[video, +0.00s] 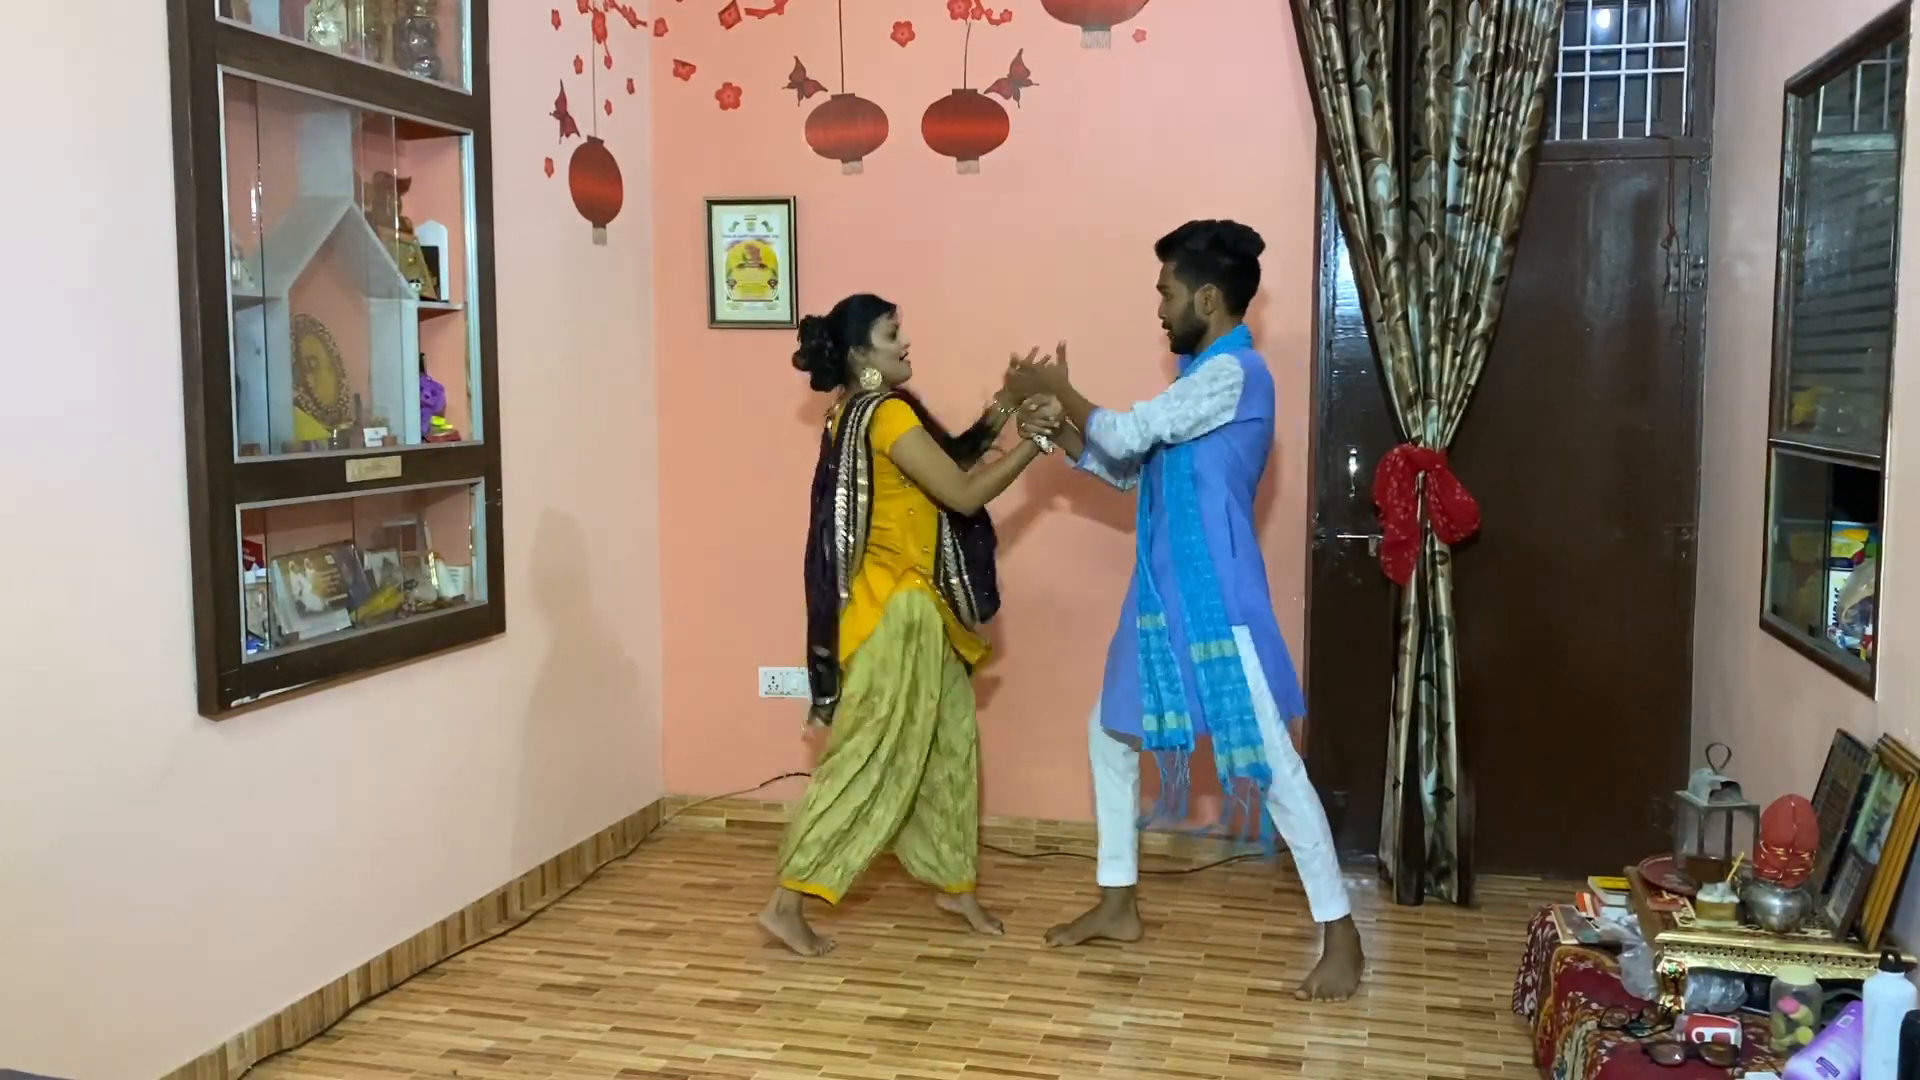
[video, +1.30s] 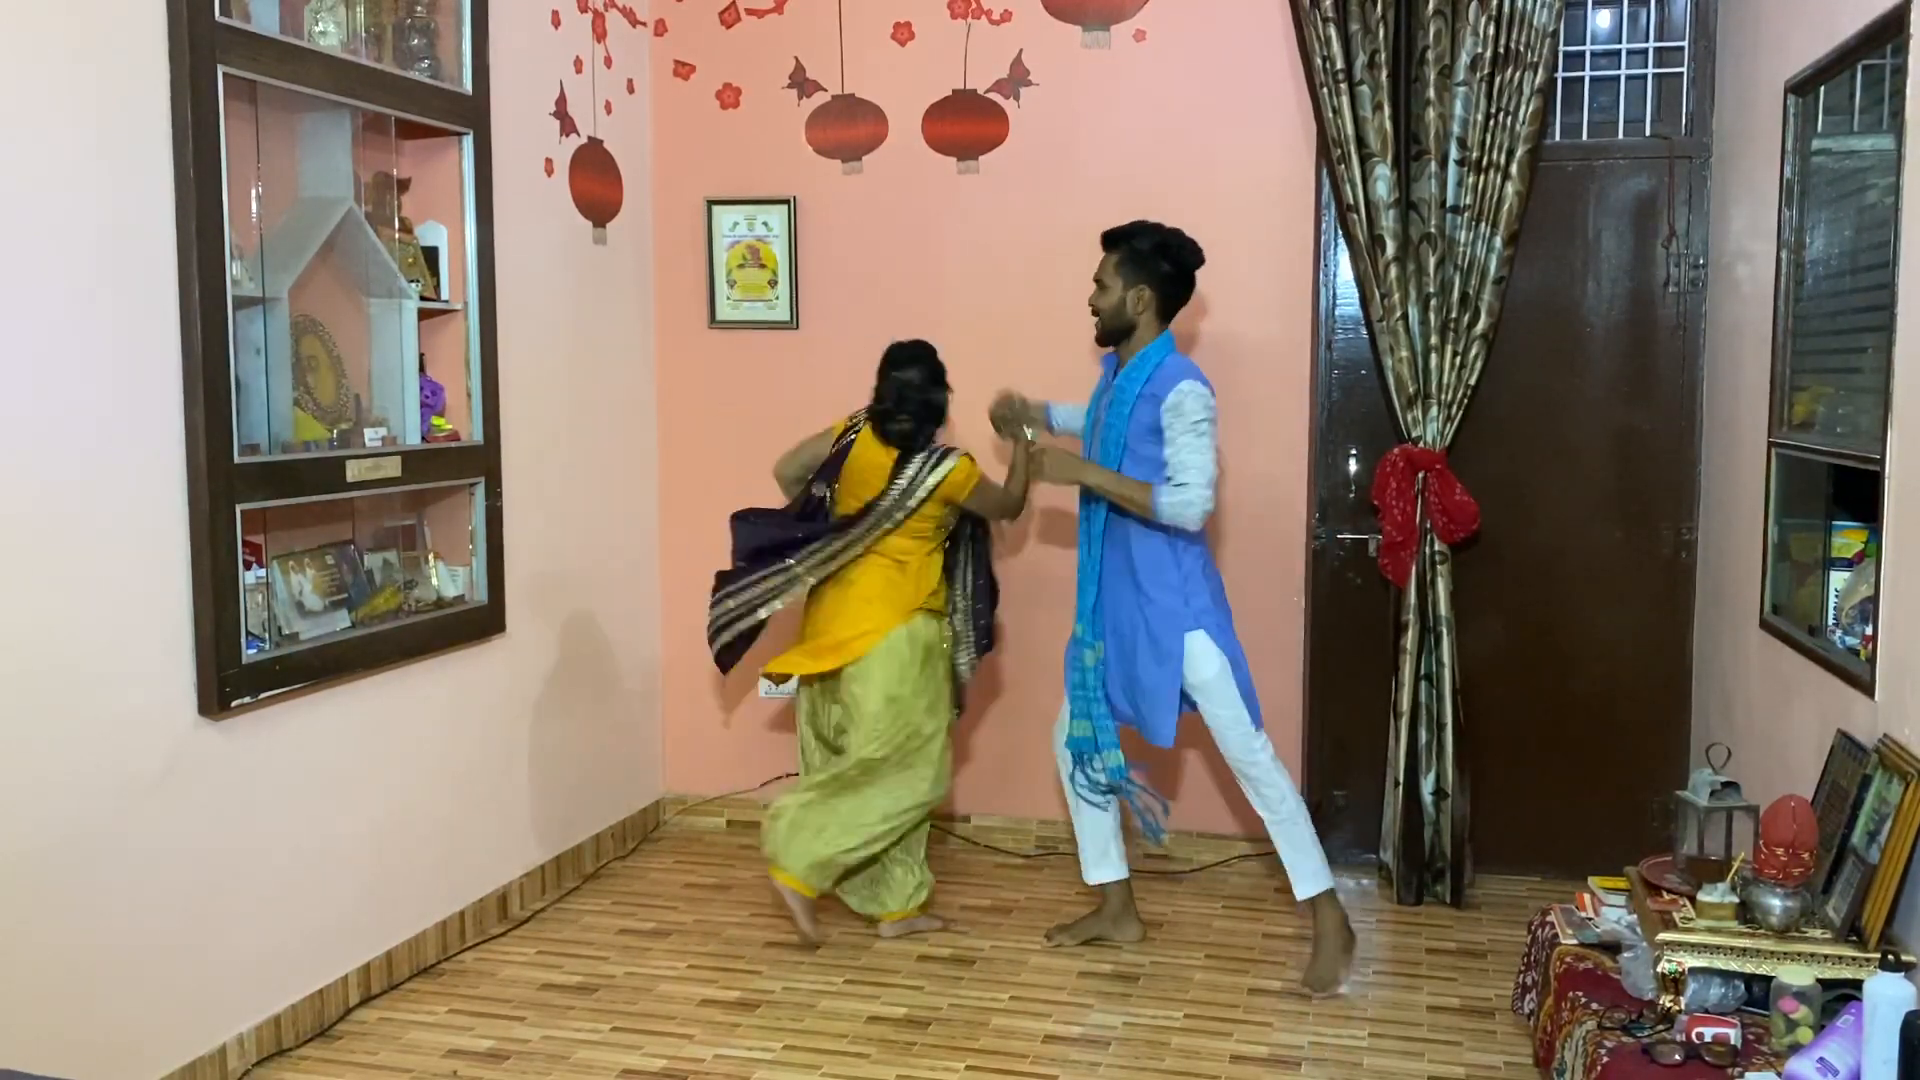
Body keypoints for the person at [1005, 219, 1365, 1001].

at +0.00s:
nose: (1156, 302)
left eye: (1166, 288)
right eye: (1158, 288)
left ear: (1210, 295)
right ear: (1210, 297)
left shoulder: (1235, 371)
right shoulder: (1198, 381)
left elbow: (1128, 435)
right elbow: (1131, 472)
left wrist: (1061, 392)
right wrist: (1055, 431)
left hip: (1219, 598)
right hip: (1159, 597)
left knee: (1271, 757)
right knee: (1110, 734)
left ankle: (1337, 931)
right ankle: (1116, 905)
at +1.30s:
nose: (1091, 295)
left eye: (1102, 283)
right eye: (1094, 281)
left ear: (1144, 297)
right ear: (1136, 296)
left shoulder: (1181, 389)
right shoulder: (1120, 374)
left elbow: (1189, 506)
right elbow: (1103, 435)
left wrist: (1079, 471)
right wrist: (1036, 418)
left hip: (1177, 598)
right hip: (1111, 597)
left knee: (1245, 751)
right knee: (1080, 740)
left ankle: (1327, 915)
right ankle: (1114, 905)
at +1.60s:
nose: (1110, 281)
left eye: (1121, 269)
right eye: (1114, 267)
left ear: (1161, 282)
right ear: (1152, 280)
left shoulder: (1217, 372)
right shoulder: (1107, 346)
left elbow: (1271, 462)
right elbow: (1020, 301)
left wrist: (1180, 519)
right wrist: (922, 239)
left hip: (1186, 583)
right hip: (1108, 581)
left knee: (1234, 734)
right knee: (1104, 733)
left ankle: (1283, 909)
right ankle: (1122, 904)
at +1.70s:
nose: (1115, 287)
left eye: (1129, 275)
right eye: (1119, 273)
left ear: (1175, 285)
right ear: (1156, 284)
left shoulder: (1229, 369)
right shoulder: (1117, 355)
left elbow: (1292, 456)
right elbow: (1018, 355)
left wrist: (1205, 520)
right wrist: (919, 328)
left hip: (1185, 588)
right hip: (1107, 584)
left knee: (1229, 742)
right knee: (1101, 736)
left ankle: (1275, 910)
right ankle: (1119, 904)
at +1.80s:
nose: (1151, 300)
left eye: (1169, 287)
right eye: (1145, 286)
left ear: (1208, 295)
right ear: (1139, 290)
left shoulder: (1244, 390)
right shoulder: (1121, 382)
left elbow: (1260, 502)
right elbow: (1059, 454)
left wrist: (1227, 567)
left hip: (1193, 603)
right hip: (1108, 601)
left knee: (1228, 756)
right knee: (1090, 751)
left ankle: (1255, 922)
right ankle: (1117, 904)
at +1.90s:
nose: (1180, 317)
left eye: (1196, 303)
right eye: (1168, 302)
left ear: (1223, 310)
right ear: (1153, 307)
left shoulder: (1256, 409)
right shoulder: (1123, 404)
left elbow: (1247, 525)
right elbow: (1090, 516)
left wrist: (1189, 595)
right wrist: (1120, 528)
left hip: (1216, 604)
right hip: (1125, 602)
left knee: (1247, 771)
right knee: (1093, 762)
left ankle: (1259, 923)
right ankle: (1106, 904)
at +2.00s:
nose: (1190, 291)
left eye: (1206, 276)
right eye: (1177, 275)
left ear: (1233, 284)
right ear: (1161, 282)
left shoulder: (1262, 375)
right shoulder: (1130, 369)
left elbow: (1252, 483)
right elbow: (1096, 471)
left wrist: (1136, 486)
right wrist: (1200, 428)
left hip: (1226, 585)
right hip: (1141, 583)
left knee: (1250, 747)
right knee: (1108, 738)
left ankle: (1262, 917)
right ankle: (1111, 893)